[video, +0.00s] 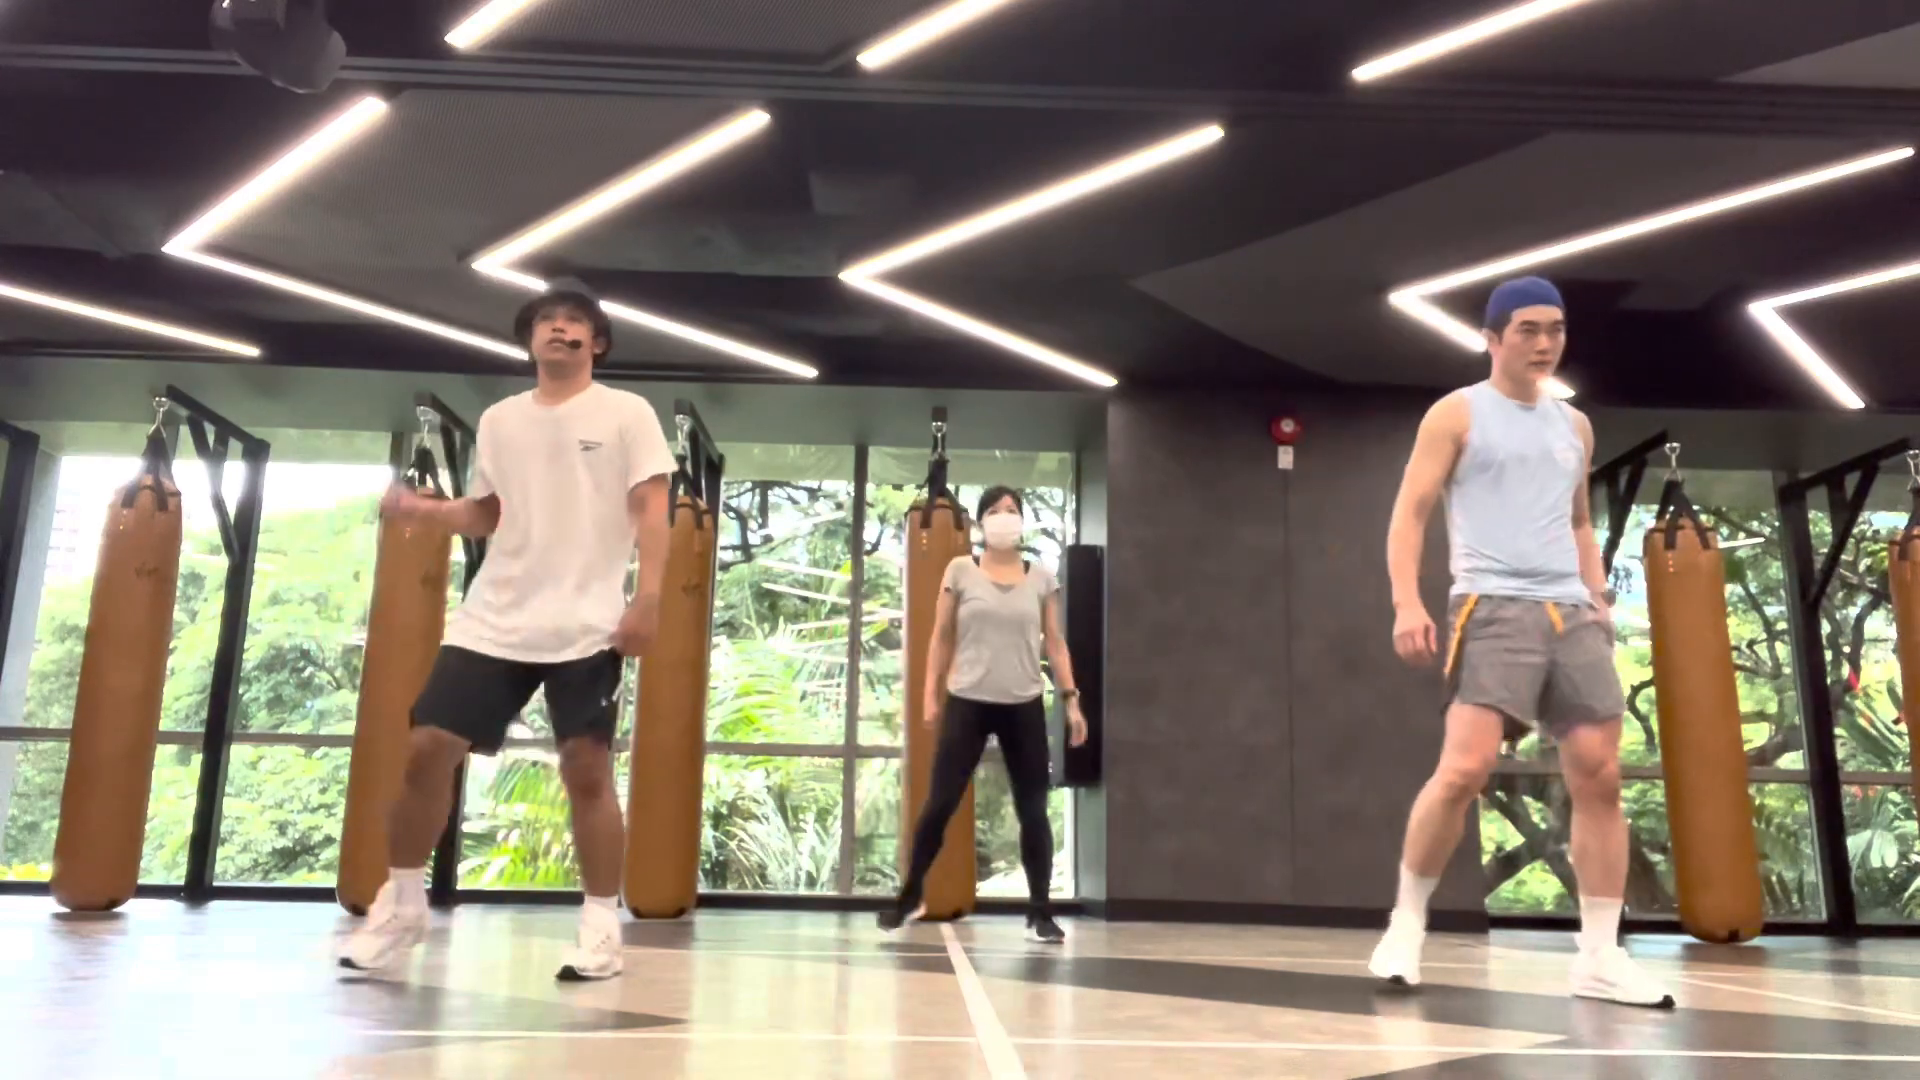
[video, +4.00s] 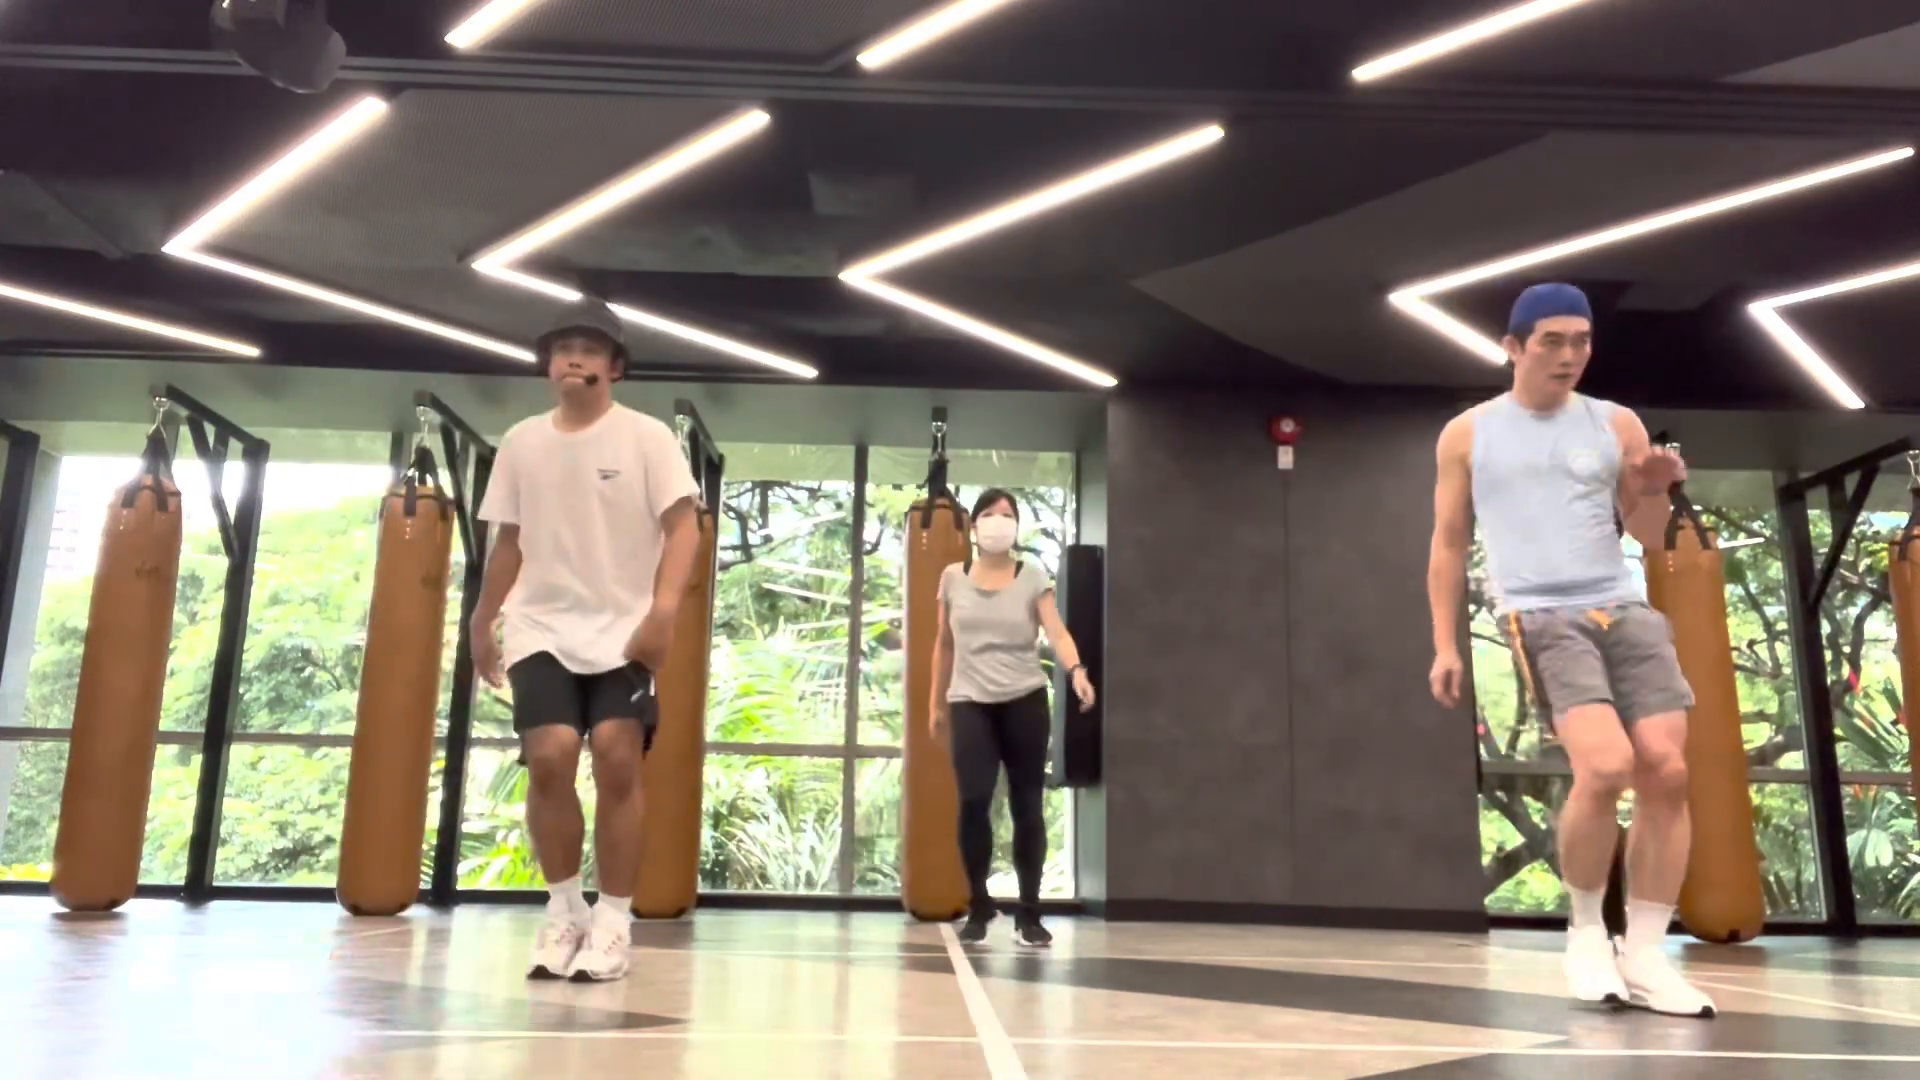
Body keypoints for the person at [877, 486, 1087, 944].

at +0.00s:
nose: (1007, 518)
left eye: (1013, 512)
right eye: (997, 512)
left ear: (1023, 526)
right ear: (980, 526)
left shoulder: (1040, 578)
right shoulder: (960, 570)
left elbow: (1055, 642)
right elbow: (941, 636)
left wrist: (1071, 699)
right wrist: (930, 695)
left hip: (1024, 705)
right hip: (967, 703)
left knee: (1034, 811)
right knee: (941, 802)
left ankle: (1040, 911)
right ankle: (911, 892)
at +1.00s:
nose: (917, 514)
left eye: (926, 509)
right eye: (909, 507)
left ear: (938, 523)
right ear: (894, 519)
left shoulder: (946, 576)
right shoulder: (867, 562)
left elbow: (948, 640)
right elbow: (833, 623)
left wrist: (944, 689)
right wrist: (810, 677)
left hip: (926, 695)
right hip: (869, 695)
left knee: (926, 792)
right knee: (861, 807)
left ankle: (938, 894)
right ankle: (851, 911)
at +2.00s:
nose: (1014, 519)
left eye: (1022, 513)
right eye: (1004, 513)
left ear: (1033, 528)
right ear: (990, 526)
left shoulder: (1048, 580)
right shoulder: (969, 570)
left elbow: (1068, 645)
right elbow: (948, 635)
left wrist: (1087, 700)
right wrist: (942, 694)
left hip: (1030, 702)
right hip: (975, 700)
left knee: (1035, 809)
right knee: (978, 804)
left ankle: (1040, 912)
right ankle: (972, 900)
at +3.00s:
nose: (889, 523)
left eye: (898, 517)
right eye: (880, 515)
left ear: (906, 531)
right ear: (862, 525)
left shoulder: (915, 583)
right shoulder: (835, 570)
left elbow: (918, 649)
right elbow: (803, 630)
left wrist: (916, 703)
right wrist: (776, 686)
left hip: (891, 702)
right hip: (836, 699)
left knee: (868, 795)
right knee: (825, 808)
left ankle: (863, 900)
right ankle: (820, 906)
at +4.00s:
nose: (999, 523)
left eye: (1007, 517)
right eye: (990, 516)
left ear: (1018, 530)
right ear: (973, 528)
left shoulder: (1031, 576)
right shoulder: (953, 578)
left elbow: (1056, 632)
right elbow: (943, 643)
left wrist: (1076, 670)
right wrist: (936, 703)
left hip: (1024, 700)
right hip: (969, 702)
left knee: (1028, 807)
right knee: (973, 803)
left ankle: (1029, 913)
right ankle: (979, 904)